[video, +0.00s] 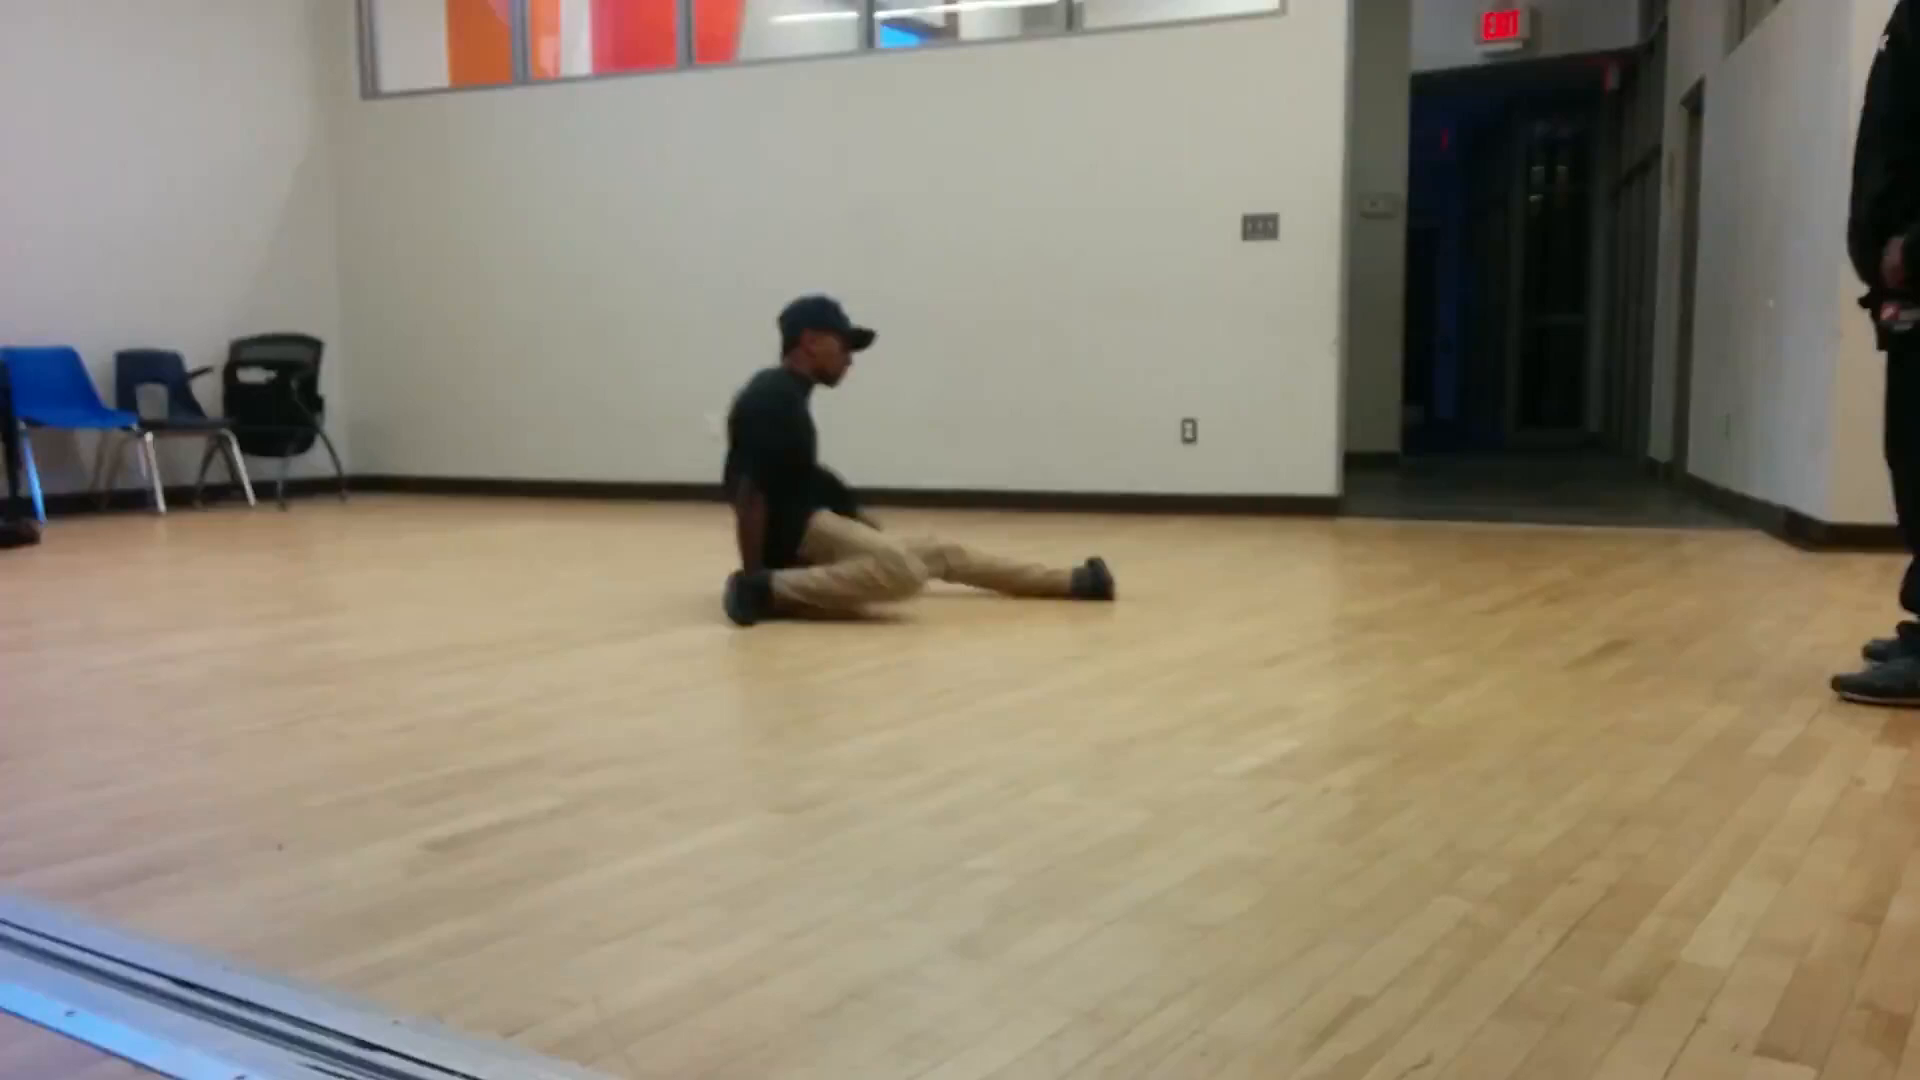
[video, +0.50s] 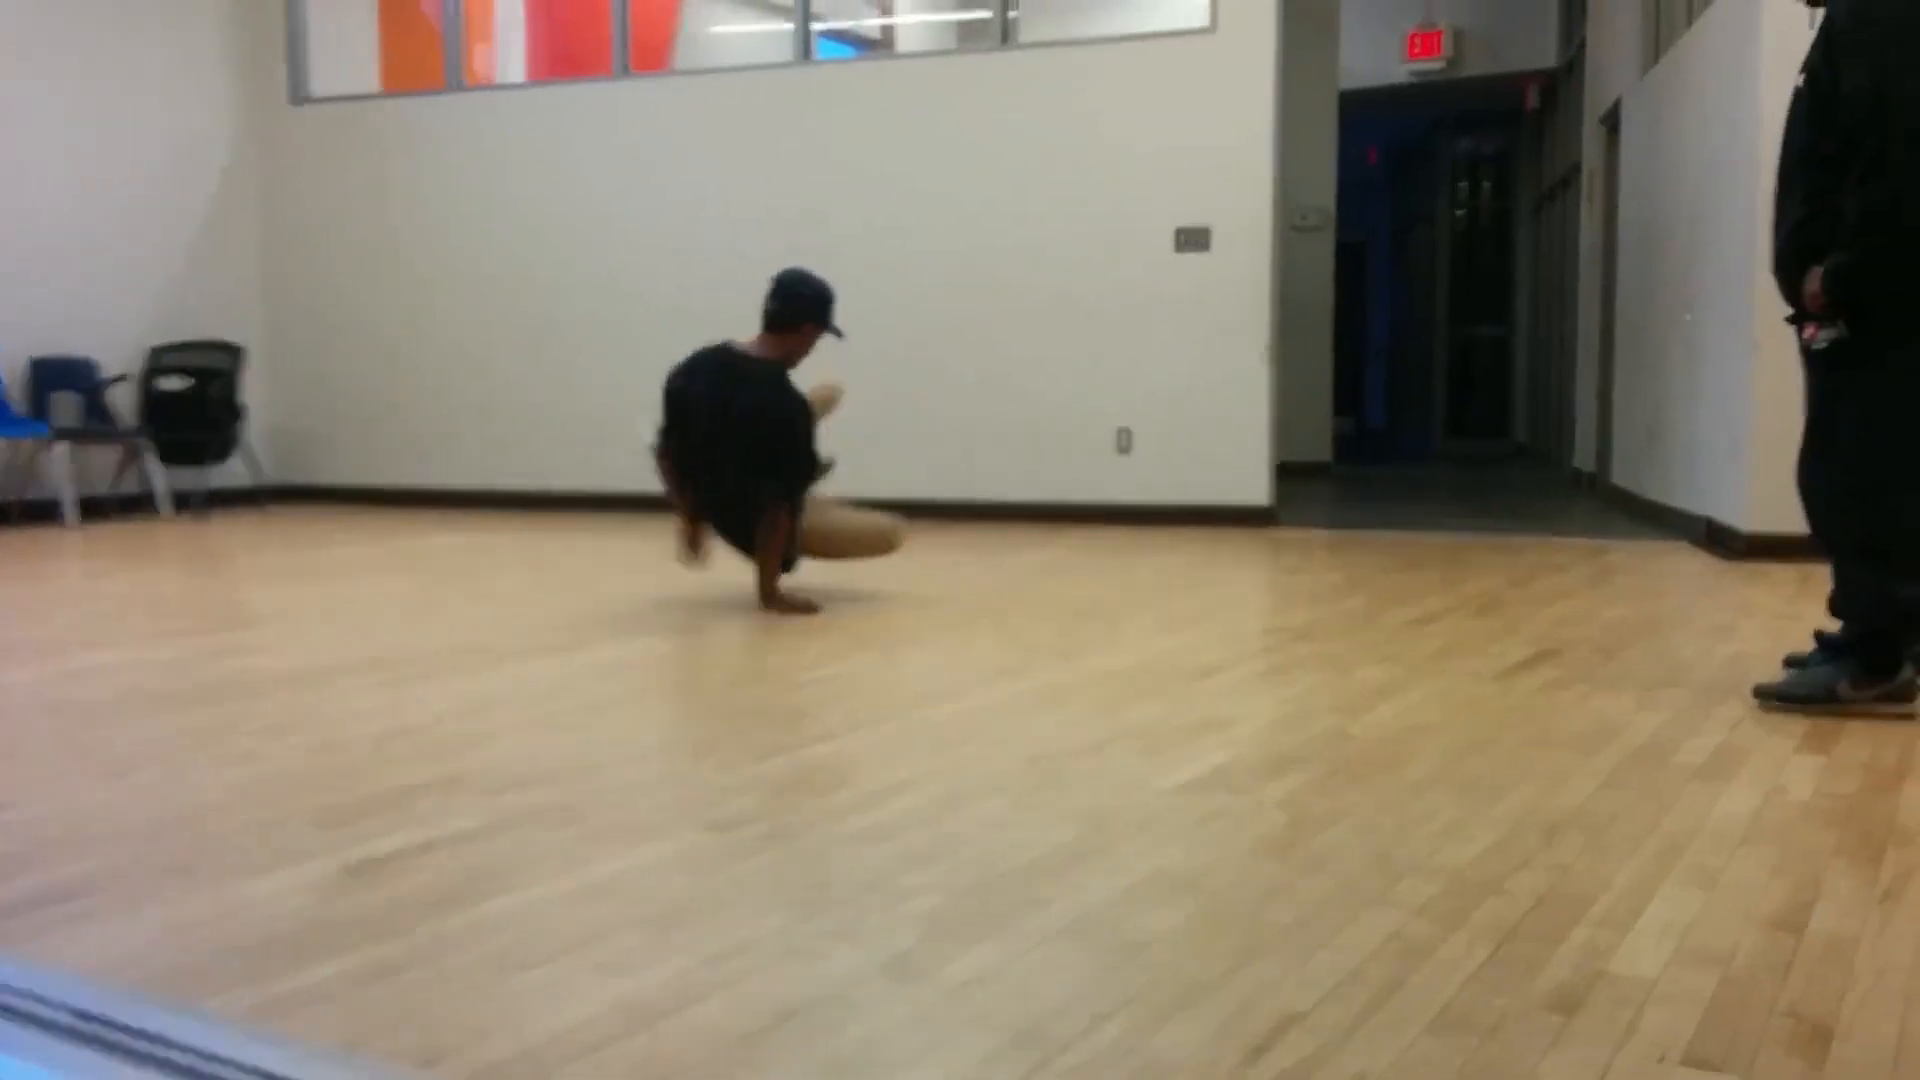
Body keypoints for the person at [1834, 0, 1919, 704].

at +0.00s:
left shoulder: (1904, 37)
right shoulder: (1900, 36)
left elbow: (1883, 148)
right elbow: (1879, 147)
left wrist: (1888, 259)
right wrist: (1881, 260)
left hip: (1913, 310)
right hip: (1906, 307)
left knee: (1912, 469)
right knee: (1910, 467)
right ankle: (1917, 626)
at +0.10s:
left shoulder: (1901, 32)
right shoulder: (1895, 30)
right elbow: (1868, 142)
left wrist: (1892, 253)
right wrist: (1864, 256)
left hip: (1910, 312)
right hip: (1897, 309)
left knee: (1908, 473)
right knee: (1903, 470)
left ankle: (1917, 643)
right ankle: (1910, 628)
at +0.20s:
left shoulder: (1897, 30)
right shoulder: (1885, 28)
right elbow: (1852, 138)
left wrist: (1885, 254)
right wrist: (1844, 253)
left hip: (1901, 310)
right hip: (1881, 306)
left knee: (1902, 476)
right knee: (1891, 473)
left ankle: (1913, 643)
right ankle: (1899, 626)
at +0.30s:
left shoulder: (1889, 30)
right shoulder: (1871, 30)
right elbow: (1840, 145)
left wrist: (1872, 257)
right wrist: (1830, 256)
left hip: (1896, 307)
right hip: (1870, 302)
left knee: (1891, 467)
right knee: (1876, 463)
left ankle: (1904, 644)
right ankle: (1887, 624)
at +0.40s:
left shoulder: (1882, 28)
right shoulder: (1861, 24)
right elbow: (1821, 145)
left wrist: (1856, 270)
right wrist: (1815, 262)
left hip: (1894, 305)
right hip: (1864, 303)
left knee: (1879, 468)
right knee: (1860, 466)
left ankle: (1891, 646)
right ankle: (1874, 631)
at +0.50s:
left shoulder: (1870, 28)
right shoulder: (1848, 28)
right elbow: (1808, 153)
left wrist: (1832, 275)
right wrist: (1801, 268)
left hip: (1882, 311)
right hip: (1861, 309)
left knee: (1857, 477)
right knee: (1858, 476)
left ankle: (1873, 653)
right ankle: (1871, 642)